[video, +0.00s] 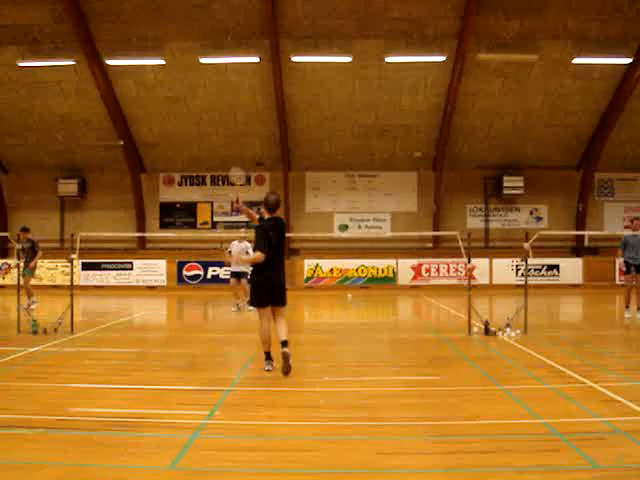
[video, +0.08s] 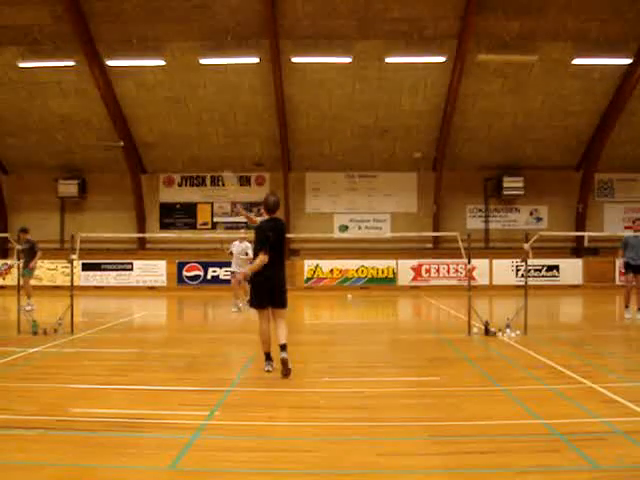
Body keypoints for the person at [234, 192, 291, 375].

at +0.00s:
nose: (263, 208)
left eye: (264, 204)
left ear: (263, 207)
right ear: (278, 207)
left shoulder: (262, 227)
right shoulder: (281, 224)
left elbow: (260, 256)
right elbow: (258, 220)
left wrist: (239, 259)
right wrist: (244, 209)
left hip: (262, 277)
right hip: (278, 276)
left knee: (264, 317)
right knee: (279, 314)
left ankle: (268, 358)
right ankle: (284, 346)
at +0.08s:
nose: (263, 209)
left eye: (263, 205)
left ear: (263, 207)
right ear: (278, 208)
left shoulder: (262, 227)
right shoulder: (281, 225)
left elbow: (263, 257)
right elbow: (260, 223)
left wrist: (245, 272)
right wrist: (246, 215)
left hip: (262, 277)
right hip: (278, 276)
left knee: (264, 318)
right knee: (280, 316)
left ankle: (268, 359)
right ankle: (284, 351)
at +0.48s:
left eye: (259, 207)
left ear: (258, 208)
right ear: (274, 211)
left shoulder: (246, 229)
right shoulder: (279, 232)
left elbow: (237, 254)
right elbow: (287, 259)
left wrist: (231, 277)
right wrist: (287, 280)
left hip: (249, 282)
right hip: (270, 282)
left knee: (251, 324)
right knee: (275, 325)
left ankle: (253, 364)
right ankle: (282, 368)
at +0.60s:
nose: (267, 215)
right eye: (268, 213)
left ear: (250, 212)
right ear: (267, 214)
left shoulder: (236, 231)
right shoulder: (273, 235)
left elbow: (220, 254)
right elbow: (290, 263)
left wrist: (207, 275)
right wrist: (305, 285)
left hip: (239, 285)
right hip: (262, 286)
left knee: (234, 323)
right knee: (272, 326)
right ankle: (283, 369)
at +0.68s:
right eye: (260, 215)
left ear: (245, 217)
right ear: (260, 218)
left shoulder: (232, 235)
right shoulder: (266, 237)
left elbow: (213, 256)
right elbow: (286, 263)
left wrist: (197, 276)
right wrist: (304, 283)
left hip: (234, 287)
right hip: (258, 287)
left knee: (223, 326)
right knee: (272, 327)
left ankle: (205, 365)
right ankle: (283, 370)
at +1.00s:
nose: (234, 231)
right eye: (233, 228)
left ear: (215, 230)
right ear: (231, 230)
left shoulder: (204, 247)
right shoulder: (234, 248)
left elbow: (182, 270)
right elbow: (247, 272)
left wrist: (181, 288)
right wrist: (260, 290)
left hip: (199, 289)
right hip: (224, 290)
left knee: (179, 325)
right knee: (247, 329)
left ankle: (170, 363)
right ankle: (267, 370)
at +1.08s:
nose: (222, 240)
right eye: (222, 238)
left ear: (208, 239)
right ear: (223, 240)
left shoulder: (195, 257)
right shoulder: (227, 259)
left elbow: (179, 282)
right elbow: (244, 284)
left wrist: (181, 297)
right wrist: (253, 304)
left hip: (192, 297)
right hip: (217, 299)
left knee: (168, 330)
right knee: (241, 334)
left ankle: (147, 370)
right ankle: (255, 375)